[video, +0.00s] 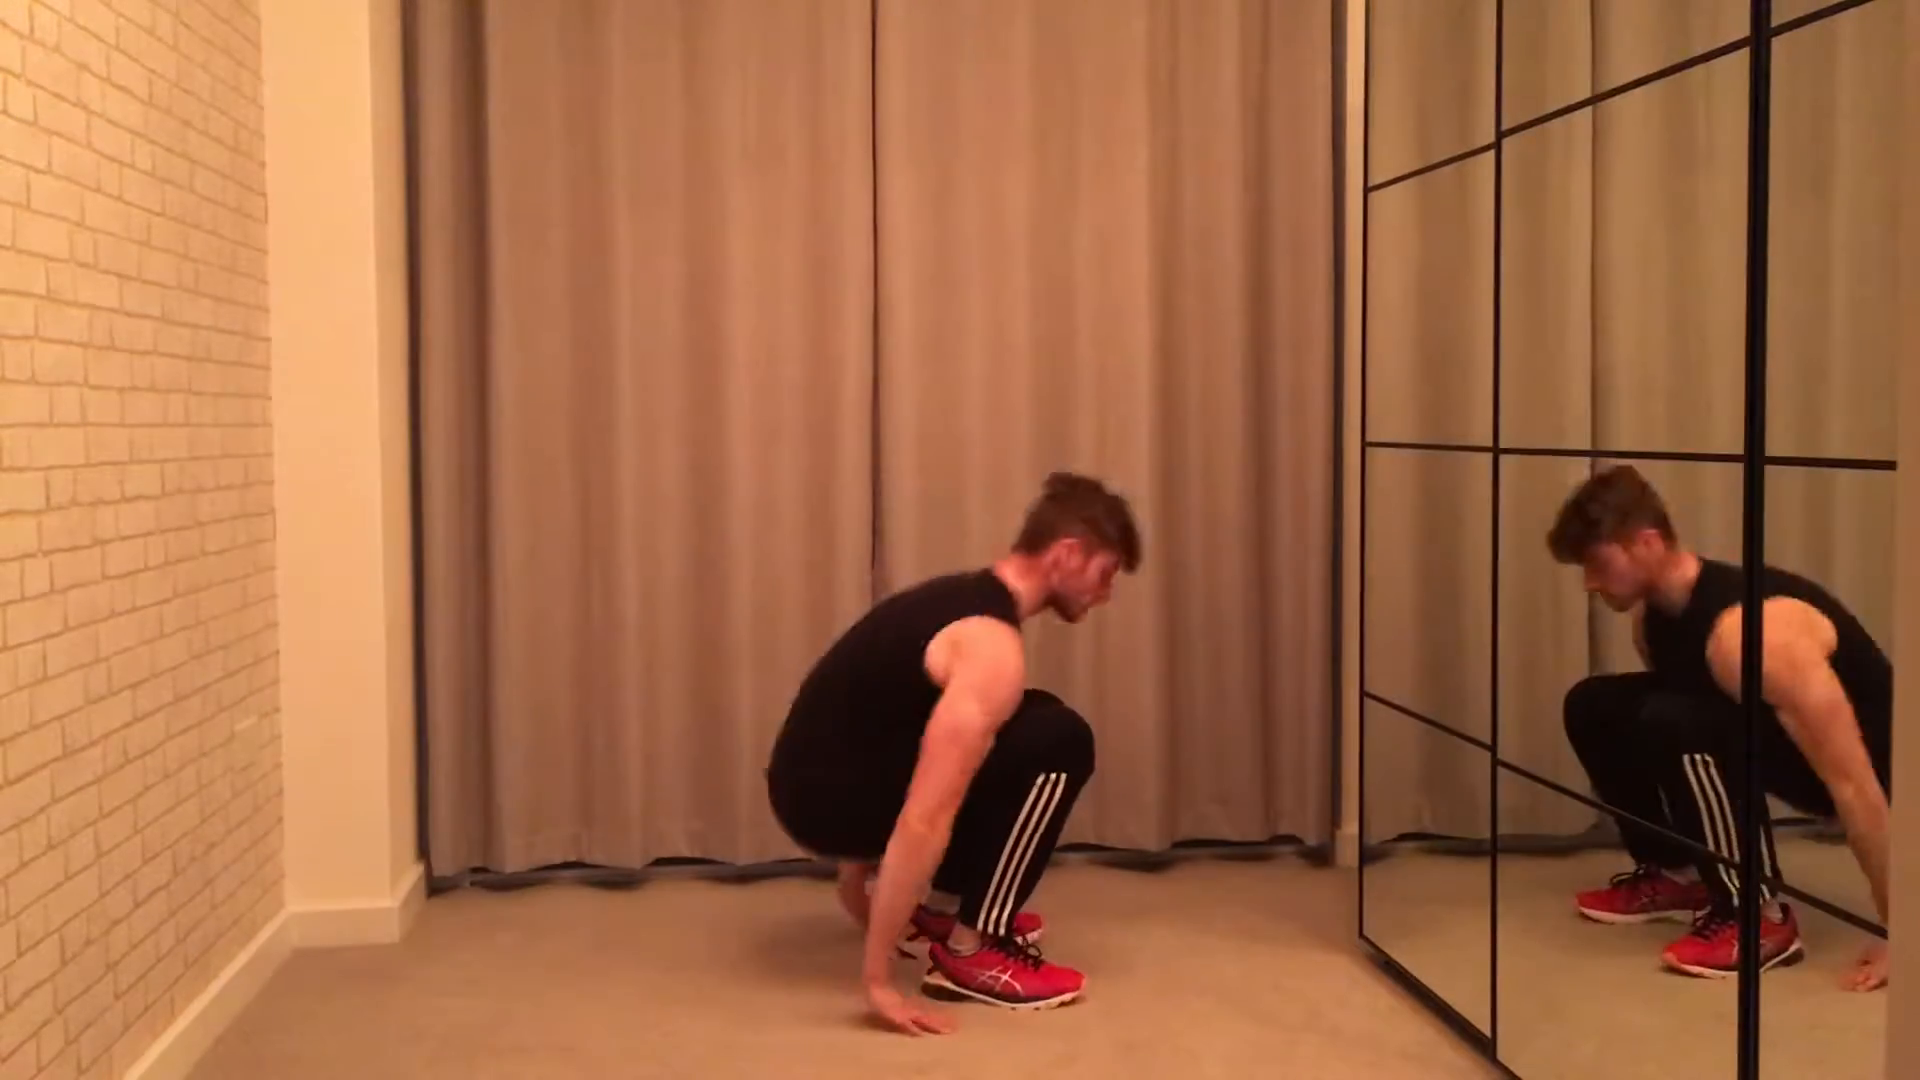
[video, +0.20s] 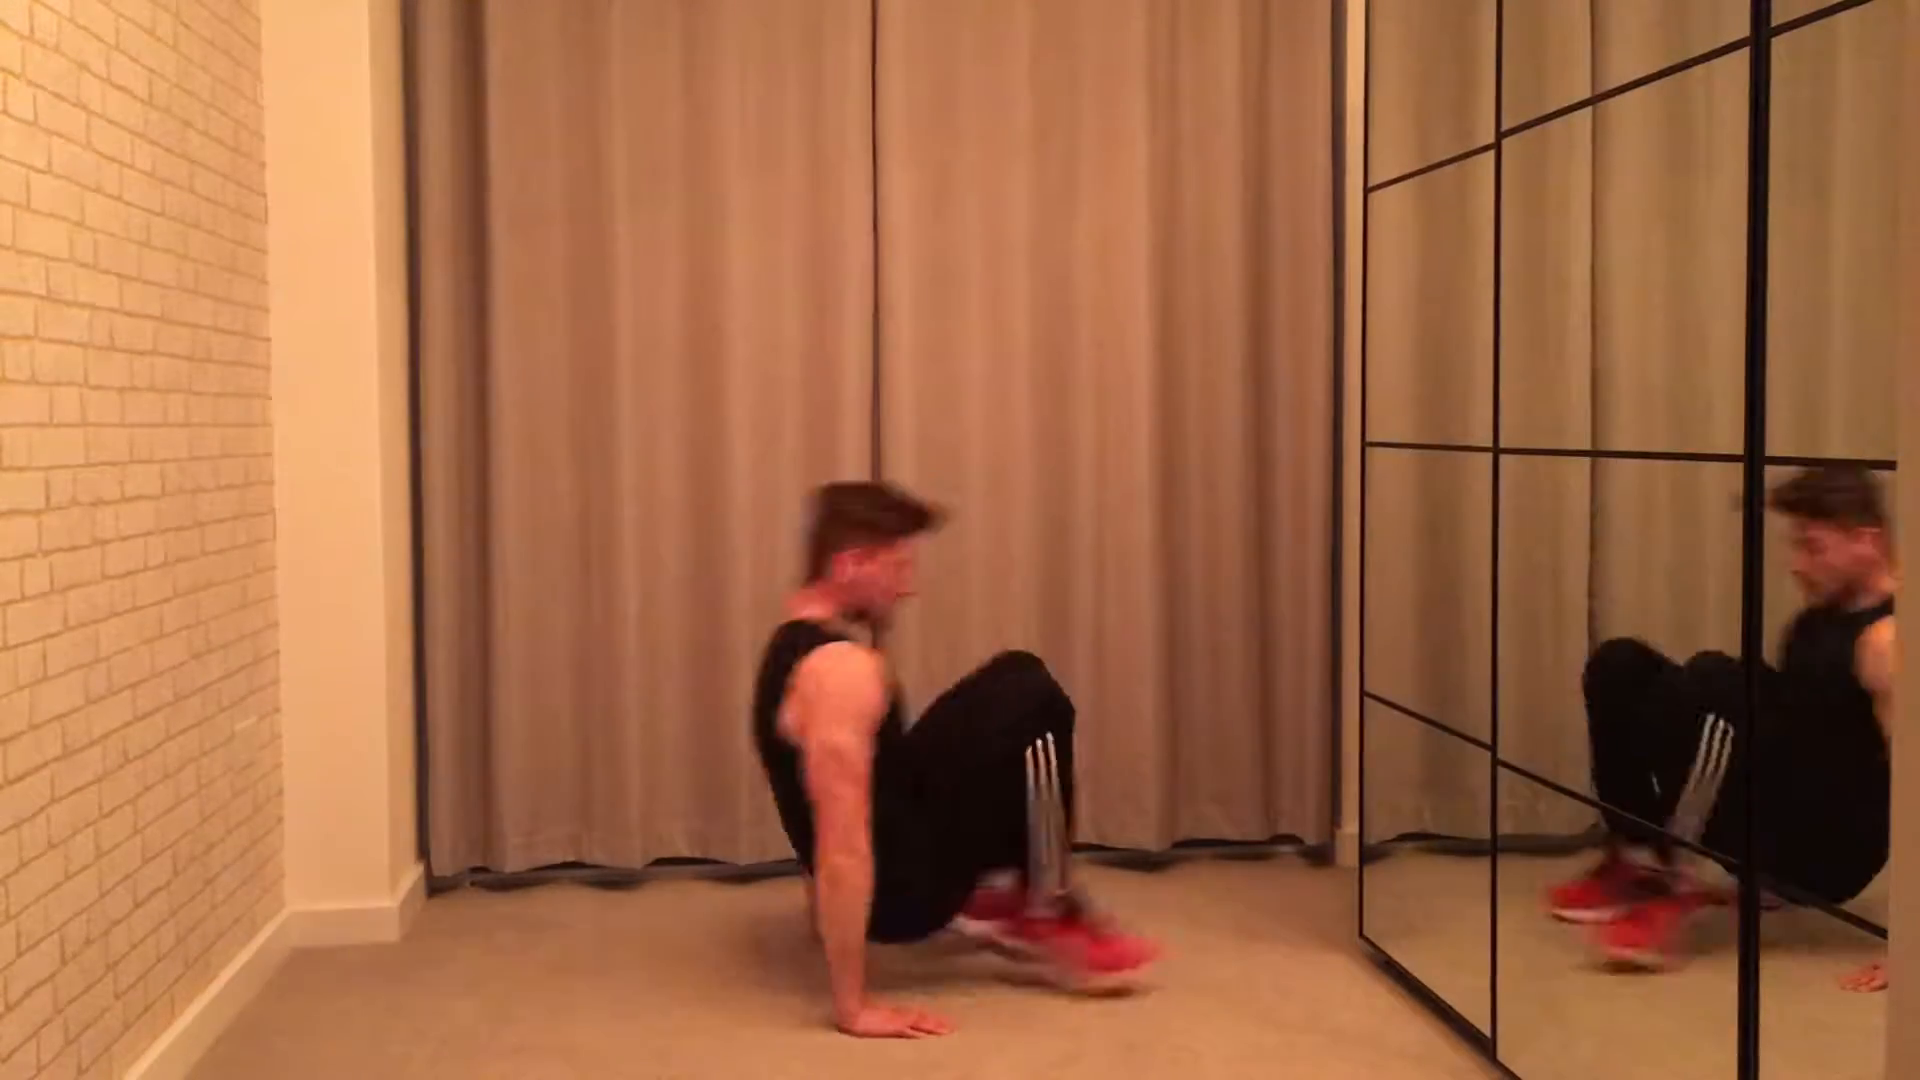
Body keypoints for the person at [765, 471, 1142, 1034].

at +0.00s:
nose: (1106, 594)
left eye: (1115, 577)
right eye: (1108, 573)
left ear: (1061, 554)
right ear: (1066, 555)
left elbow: (882, 719)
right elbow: (926, 818)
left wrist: (856, 869)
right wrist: (877, 981)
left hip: (812, 787)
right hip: (832, 805)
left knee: (1036, 712)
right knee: (1059, 740)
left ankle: (943, 908)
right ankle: (971, 949)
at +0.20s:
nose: (908, 585)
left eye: (908, 565)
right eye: (899, 565)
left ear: (846, 566)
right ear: (850, 566)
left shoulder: (808, 637)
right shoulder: (841, 668)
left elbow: (822, 801)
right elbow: (842, 849)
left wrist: (831, 912)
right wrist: (851, 1006)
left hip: (873, 872)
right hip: (897, 898)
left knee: (1013, 674)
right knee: (1029, 693)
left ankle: (999, 888)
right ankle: (1049, 912)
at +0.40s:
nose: (709, 654)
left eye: (698, 639)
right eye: (687, 649)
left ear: (650, 676)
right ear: (642, 681)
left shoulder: (679, 742)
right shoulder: (687, 764)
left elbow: (728, 914)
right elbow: (723, 929)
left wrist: (828, 998)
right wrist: (839, 1013)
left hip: (843, 924)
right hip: (857, 948)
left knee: (954, 702)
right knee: (970, 721)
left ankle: (1122, 827)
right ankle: (1189, 817)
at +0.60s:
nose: (583, 777)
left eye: (570, 766)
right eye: (561, 778)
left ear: (542, 809)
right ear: (523, 824)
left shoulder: (586, 863)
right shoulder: (586, 896)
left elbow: (688, 986)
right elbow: (682, 1025)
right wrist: (842, 1015)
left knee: (857, 685)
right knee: (869, 693)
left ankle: (1073, 727)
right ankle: (1111, 761)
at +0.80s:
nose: (500, 839)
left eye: (479, 834)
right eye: (477, 849)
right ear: (465, 908)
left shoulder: (555, 898)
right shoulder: (550, 954)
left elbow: (694, 910)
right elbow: (684, 1015)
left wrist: (841, 917)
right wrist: (843, 998)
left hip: (792, 910)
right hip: (807, 933)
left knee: (697, 703)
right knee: (695, 708)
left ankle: (833, 540)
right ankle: (854, 553)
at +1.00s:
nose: (455, 871)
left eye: (432, 873)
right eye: (434, 887)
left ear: (450, 934)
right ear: (441, 949)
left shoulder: (537, 931)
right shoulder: (540, 963)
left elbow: (687, 908)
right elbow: (695, 1010)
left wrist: (826, 923)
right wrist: (862, 1017)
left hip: (757, 862)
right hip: (764, 868)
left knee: (610, 675)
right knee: (605, 677)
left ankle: (584, 455)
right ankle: (587, 454)